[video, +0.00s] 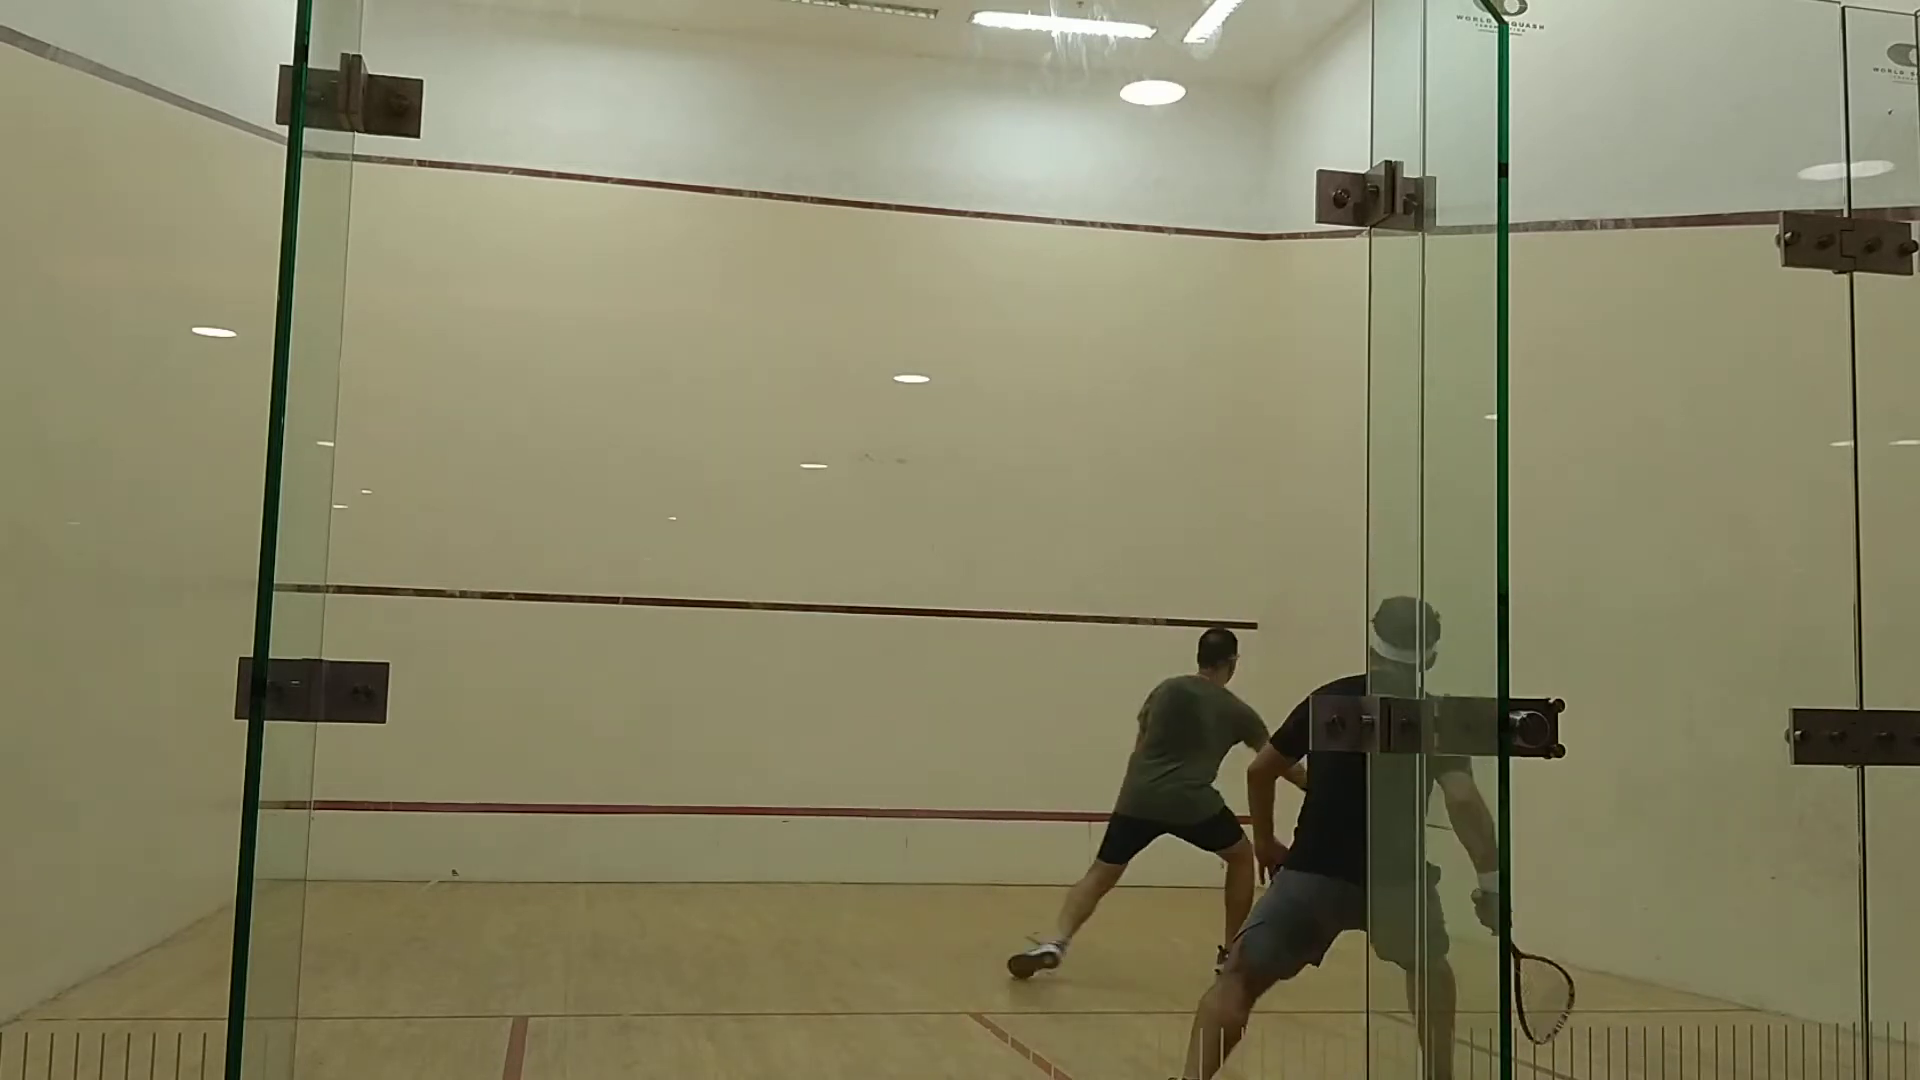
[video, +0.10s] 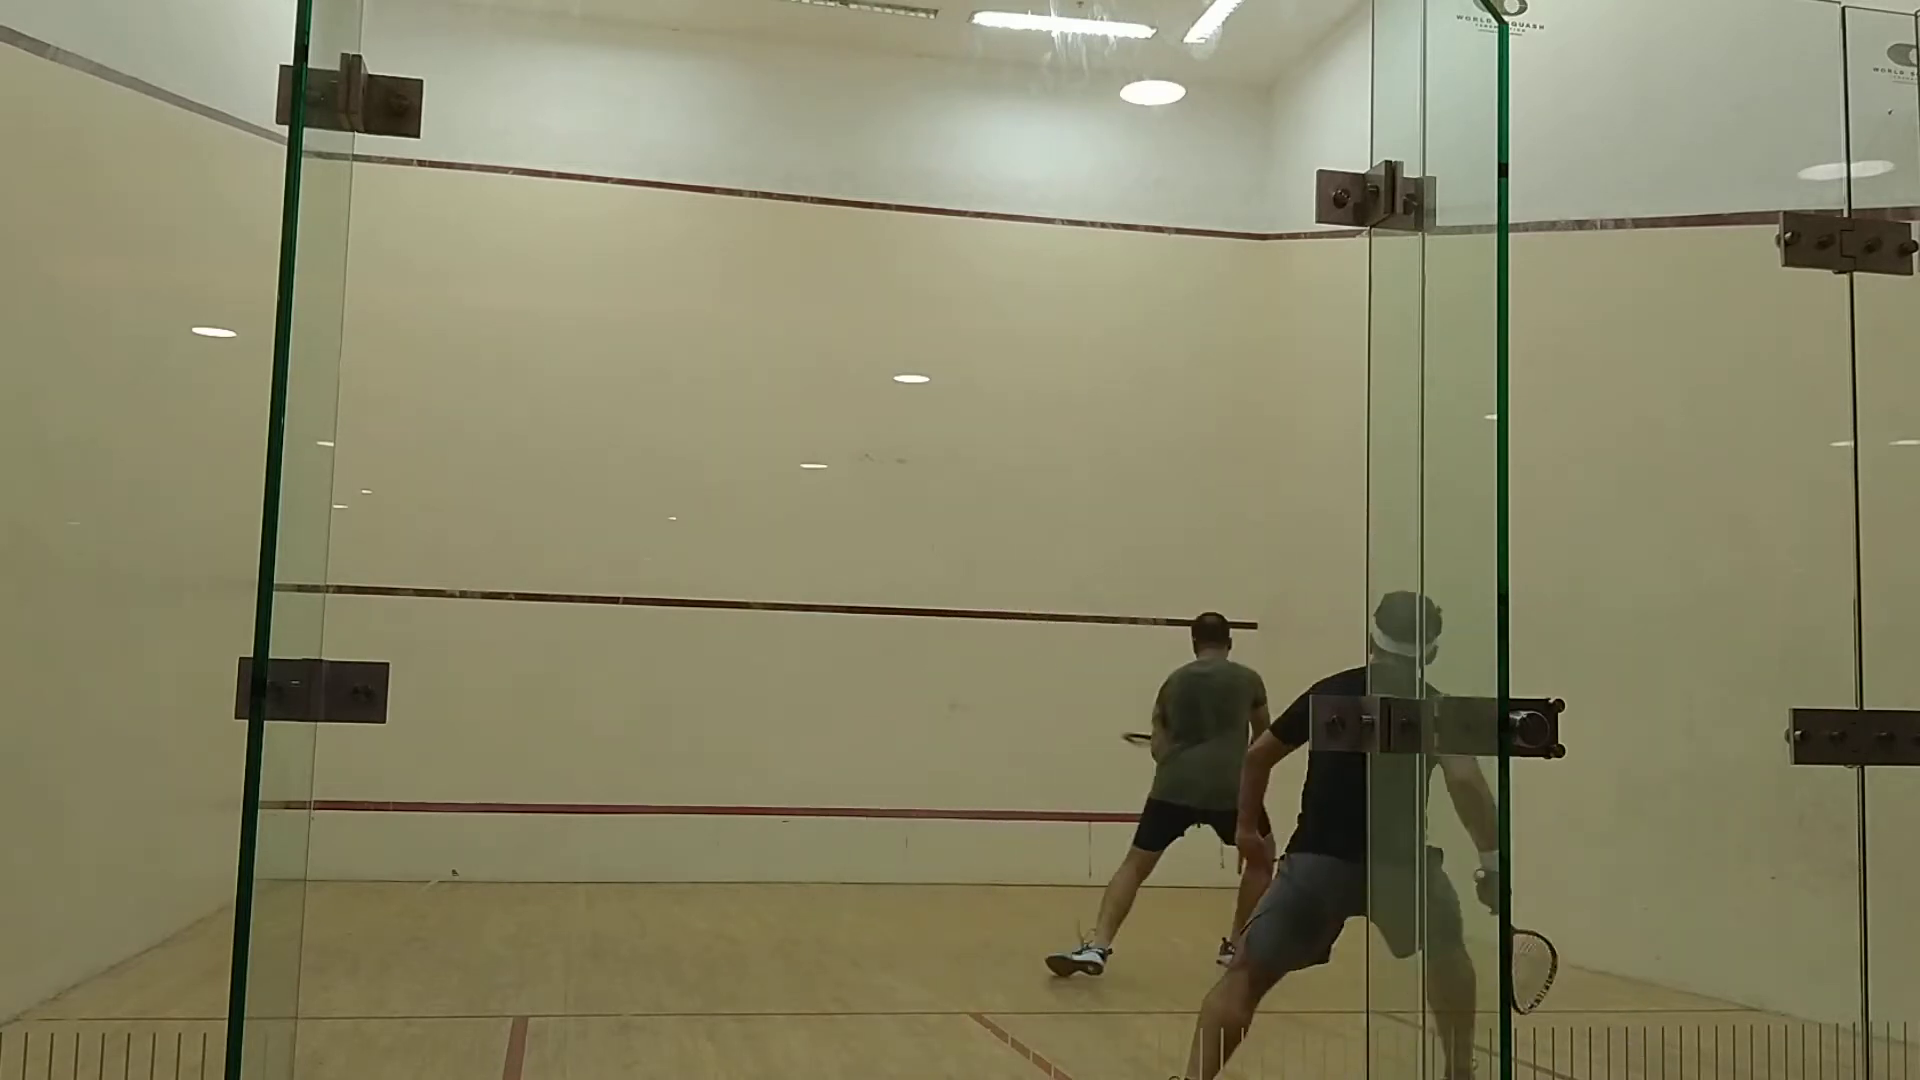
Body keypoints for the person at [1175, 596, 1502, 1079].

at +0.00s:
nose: (1429, 653)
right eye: (1429, 646)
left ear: (1377, 641)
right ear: (1431, 651)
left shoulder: (1330, 699)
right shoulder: (1434, 713)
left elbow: (1260, 772)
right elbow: (1463, 799)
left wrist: (1265, 840)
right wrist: (1491, 883)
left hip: (1316, 870)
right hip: (1397, 877)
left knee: (1241, 976)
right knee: (1432, 970)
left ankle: (1196, 1073)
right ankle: (1439, 1074)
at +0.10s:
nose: (1426, 649)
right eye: (1428, 641)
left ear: (1376, 636)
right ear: (1431, 646)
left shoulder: (1331, 691)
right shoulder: (1437, 707)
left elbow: (1258, 757)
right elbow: (1465, 782)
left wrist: (1247, 828)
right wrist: (1492, 860)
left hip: (1319, 859)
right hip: (1401, 863)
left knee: (1248, 973)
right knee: (1447, 955)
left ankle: (1198, 1073)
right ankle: (1461, 1070)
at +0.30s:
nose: (1371, 674)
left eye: (1371, 665)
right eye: (1384, 668)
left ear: (1366, 666)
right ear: (1415, 671)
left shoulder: (1331, 718)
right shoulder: (1440, 732)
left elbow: (1243, 757)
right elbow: (1498, 826)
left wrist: (1172, 811)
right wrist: (1499, 904)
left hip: (1331, 874)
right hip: (1416, 881)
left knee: (1250, 937)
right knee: (1476, 982)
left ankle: (1213, 1055)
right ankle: (1539, 1073)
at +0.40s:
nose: (1300, 645)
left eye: (1304, 638)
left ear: (1308, 645)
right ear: (1362, 651)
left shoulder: (1278, 691)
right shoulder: (1381, 707)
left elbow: (1214, 736)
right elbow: (1440, 797)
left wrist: (1165, 808)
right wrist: (1416, 860)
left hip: (1307, 874)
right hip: (1383, 872)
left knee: (1217, 928)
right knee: (1431, 974)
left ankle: (1232, 1067)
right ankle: (1524, 1069)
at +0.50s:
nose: (1221, 635)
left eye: (1224, 628)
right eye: (1225, 628)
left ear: (1234, 634)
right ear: (1284, 635)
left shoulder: (1220, 678)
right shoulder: (1320, 685)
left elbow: (1169, 742)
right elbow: (1389, 747)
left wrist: (1132, 818)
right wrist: (1358, 807)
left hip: (1283, 850)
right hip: (1350, 848)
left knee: (1181, 923)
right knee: (1303, 943)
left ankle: (1213, 1065)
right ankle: (1404, 1038)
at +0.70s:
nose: (1073, 670)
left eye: (1081, 661)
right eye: (1076, 660)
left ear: (1112, 668)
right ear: (1119, 667)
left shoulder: (1137, 716)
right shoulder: (1156, 702)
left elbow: (1162, 784)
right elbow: (1166, 786)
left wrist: (1181, 864)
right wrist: (1116, 829)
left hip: (1209, 877)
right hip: (1232, 874)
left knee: (1081, 922)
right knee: (1192, 960)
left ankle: (1099, 1069)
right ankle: (1268, 1058)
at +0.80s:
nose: (1149, 595)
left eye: (1157, 589)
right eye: (1148, 588)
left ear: (1180, 593)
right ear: (1170, 595)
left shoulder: (1184, 634)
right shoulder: (1195, 631)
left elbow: (1200, 697)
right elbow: (1209, 698)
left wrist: (1181, 755)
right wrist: (1170, 745)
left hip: (1193, 758)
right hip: (1213, 757)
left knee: (1165, 851)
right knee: (1197, 853)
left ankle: (1193, 942)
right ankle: (1242, 946)